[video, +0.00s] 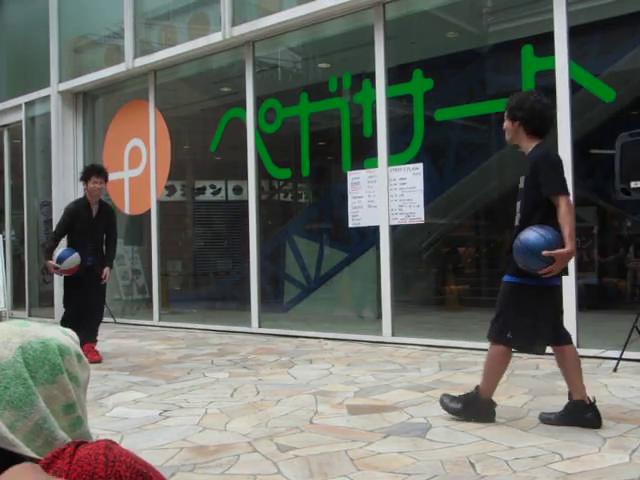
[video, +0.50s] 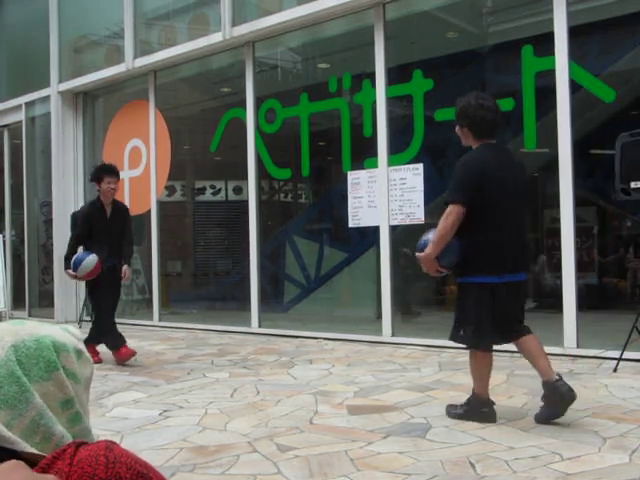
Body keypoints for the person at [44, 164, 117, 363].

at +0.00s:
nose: (98, 187)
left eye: (101, 184)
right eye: (94, 183)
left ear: (105, 186)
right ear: (85, 185)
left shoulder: (108, 211)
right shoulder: (74, 209)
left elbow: (111, 240)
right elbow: (56, 235)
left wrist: (108, 265)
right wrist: (48, 258)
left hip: (96, 267)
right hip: (74, 267)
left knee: (95, 307)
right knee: (74, 307)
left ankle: (89, 344)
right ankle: (65, 345)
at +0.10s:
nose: (99, 186)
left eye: (103, 183)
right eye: (95, 182)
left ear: (107, 186)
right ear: (86, 184)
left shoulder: (110, 210)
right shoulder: (75, 208)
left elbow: (116, 240)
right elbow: (57, 236)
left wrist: (115, 267)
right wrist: (49, 258)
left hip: (100, 265)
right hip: (78, 265)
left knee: (99, 305)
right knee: (77, 304)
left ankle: (90, 344)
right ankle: (72, 343)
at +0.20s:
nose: (100, 185)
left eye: (103, 181)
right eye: (96, 181)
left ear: (108, 184)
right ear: (87, 183)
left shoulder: (112, 210)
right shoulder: (77, 208)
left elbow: (119, 240)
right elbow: (61, 234)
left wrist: (120, 267)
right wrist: (51, 258)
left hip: (104, 266)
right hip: (81, 266)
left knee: (102, 306)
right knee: (82, 305)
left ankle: (90, 344)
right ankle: (72, 344)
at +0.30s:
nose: (102, 185)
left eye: (106, 181)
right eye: (98, 181)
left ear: (110, 184)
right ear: (90, 183)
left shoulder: (115, 209)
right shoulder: (80, 209)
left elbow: (123, 239)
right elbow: (65, 236)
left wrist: (123, 264)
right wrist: (55, 260)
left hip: (107, 266)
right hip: (85, 266)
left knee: (105, 306)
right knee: (85, 305)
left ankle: (92, 345)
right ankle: (82, 346)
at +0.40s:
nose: (107, 186)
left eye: (109, 183)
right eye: (102, 182)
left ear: (113, 185)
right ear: (93, 185)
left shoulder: (118, 210)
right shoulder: (83, 211)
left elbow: (125, 238)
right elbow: (69, 238)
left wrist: (125, 262)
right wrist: (62, 262)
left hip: (110, 266)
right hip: (88, 267)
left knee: (107, 305)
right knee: (89, 306)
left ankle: (91, 342)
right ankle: (103, 345)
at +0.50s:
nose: (112, 187)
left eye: (115, 183)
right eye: (108, 183)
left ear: (118, 186)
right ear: (98, 186)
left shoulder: (122, 211)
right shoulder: (86, 213)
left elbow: (128, 240)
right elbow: (76, 240)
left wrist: (126, 262)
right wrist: (68, 264)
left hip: (115, 264)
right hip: (93, 265)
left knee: (109, 306)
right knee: (101, 307)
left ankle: (90, 343)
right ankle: (118, 346)